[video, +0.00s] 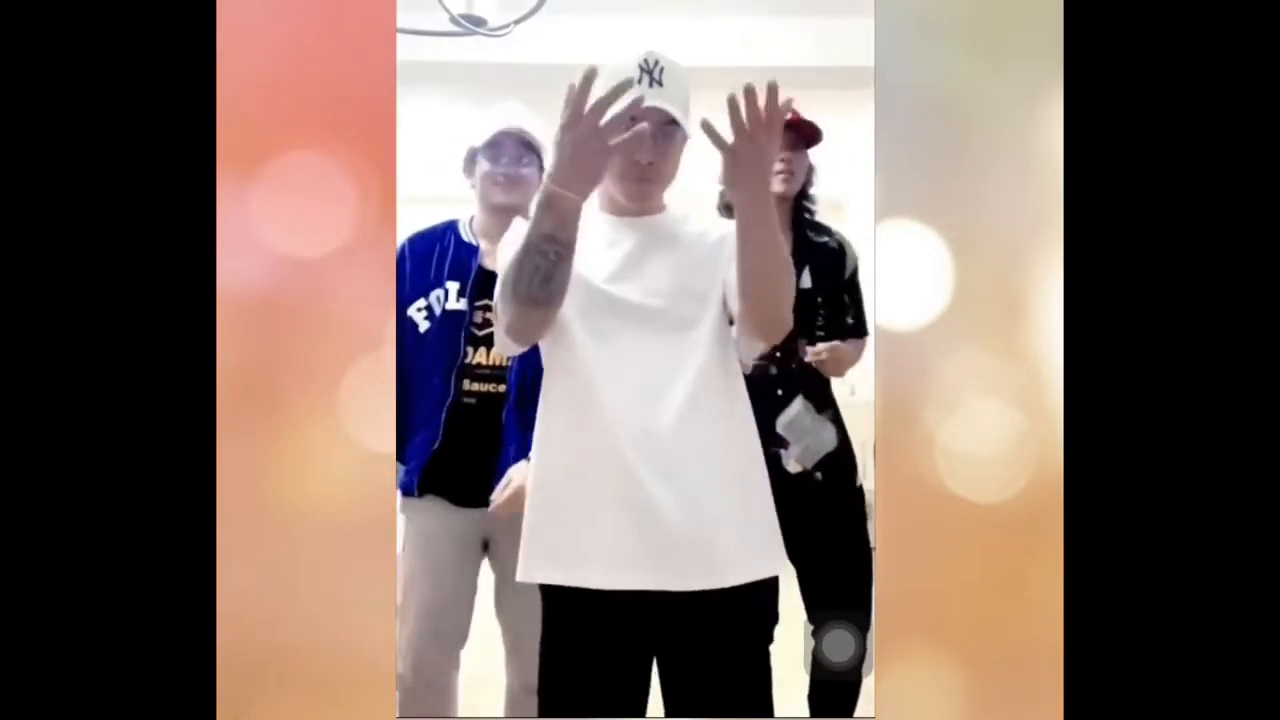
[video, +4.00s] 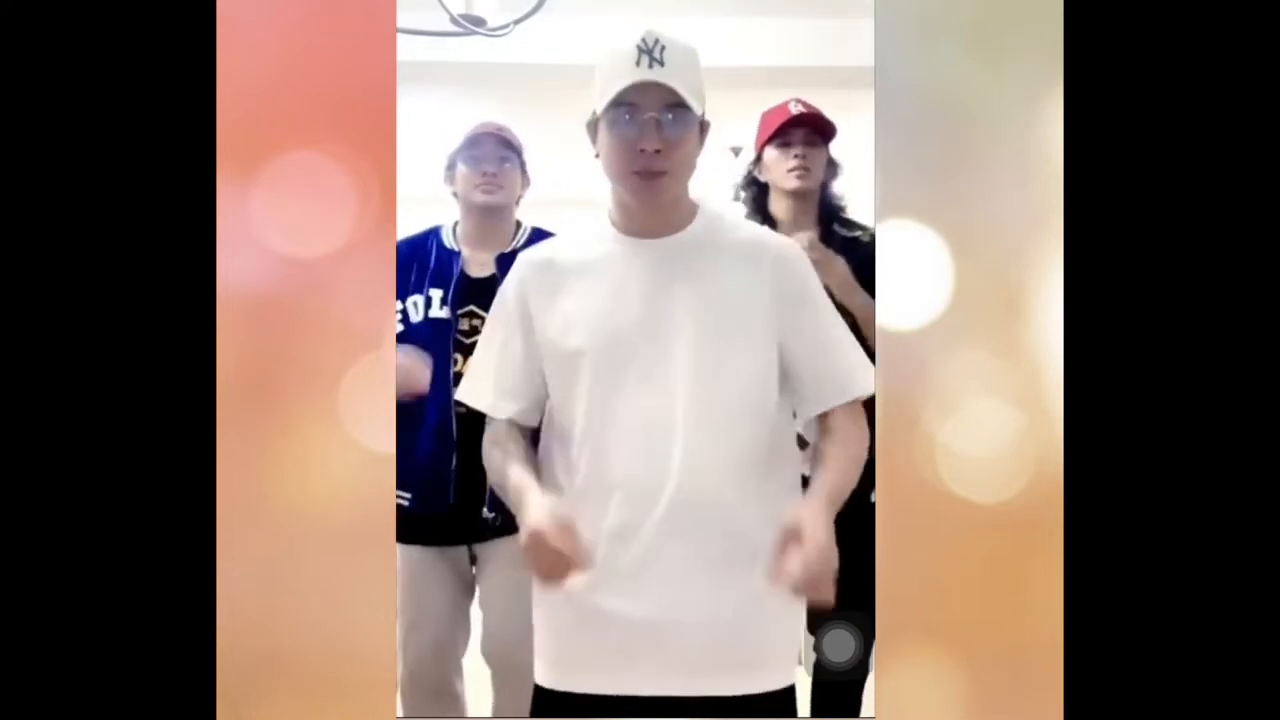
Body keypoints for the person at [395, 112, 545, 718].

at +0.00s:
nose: (510, 167)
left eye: (525, 158)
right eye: (497, 155)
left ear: (542, 180)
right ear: (471, 169)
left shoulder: (558, 265)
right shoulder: (421, 254)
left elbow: (580, 377)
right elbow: (378, 360)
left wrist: (542, 462)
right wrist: (389, 467)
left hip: (529, 487)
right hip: (438, 486)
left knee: (532, 670)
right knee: (423, 669)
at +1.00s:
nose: (483, 176)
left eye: (497, 166)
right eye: (470, 165)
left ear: (518, 184)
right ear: (449, 181)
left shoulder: (557, 264)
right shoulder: (406, 266)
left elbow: (578, 380)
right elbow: (373, 371)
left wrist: (562, 488)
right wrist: (380, 472)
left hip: (521, 493)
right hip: (427, 492)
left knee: (523, 661)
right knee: (422, 659)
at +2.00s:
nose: (509, 192)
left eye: (522, 178)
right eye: (494, 178)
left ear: (533, 186)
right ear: (459, 182)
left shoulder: (547, 268)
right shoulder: (404, 261)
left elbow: (573, 388)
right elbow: (371, 386)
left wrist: (564, 495)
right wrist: (378, 519)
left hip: (528, 497)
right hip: (435, 498)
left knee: (523, 668)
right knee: (430, 668)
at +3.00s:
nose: (511, 160)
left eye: (527, 153)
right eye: (498, 150)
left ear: (545, 179)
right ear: (473, 168)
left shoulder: (559, 260)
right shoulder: (420, 254)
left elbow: (581, 380)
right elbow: (386, 376)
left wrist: (574, 488)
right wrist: (388, 491)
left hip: (538, 498)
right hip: (447, 498)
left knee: (541, 670)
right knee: (439, 673)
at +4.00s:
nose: (490, 167)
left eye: (504, 158)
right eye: (475, 158)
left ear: (525, 181)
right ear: (451, 178)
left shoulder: (555, 261)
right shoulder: (402, 260)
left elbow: (580, 372)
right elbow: (348, 347)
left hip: (521, 504)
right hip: (424, 505)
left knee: (518, 661)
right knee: (425, 667)